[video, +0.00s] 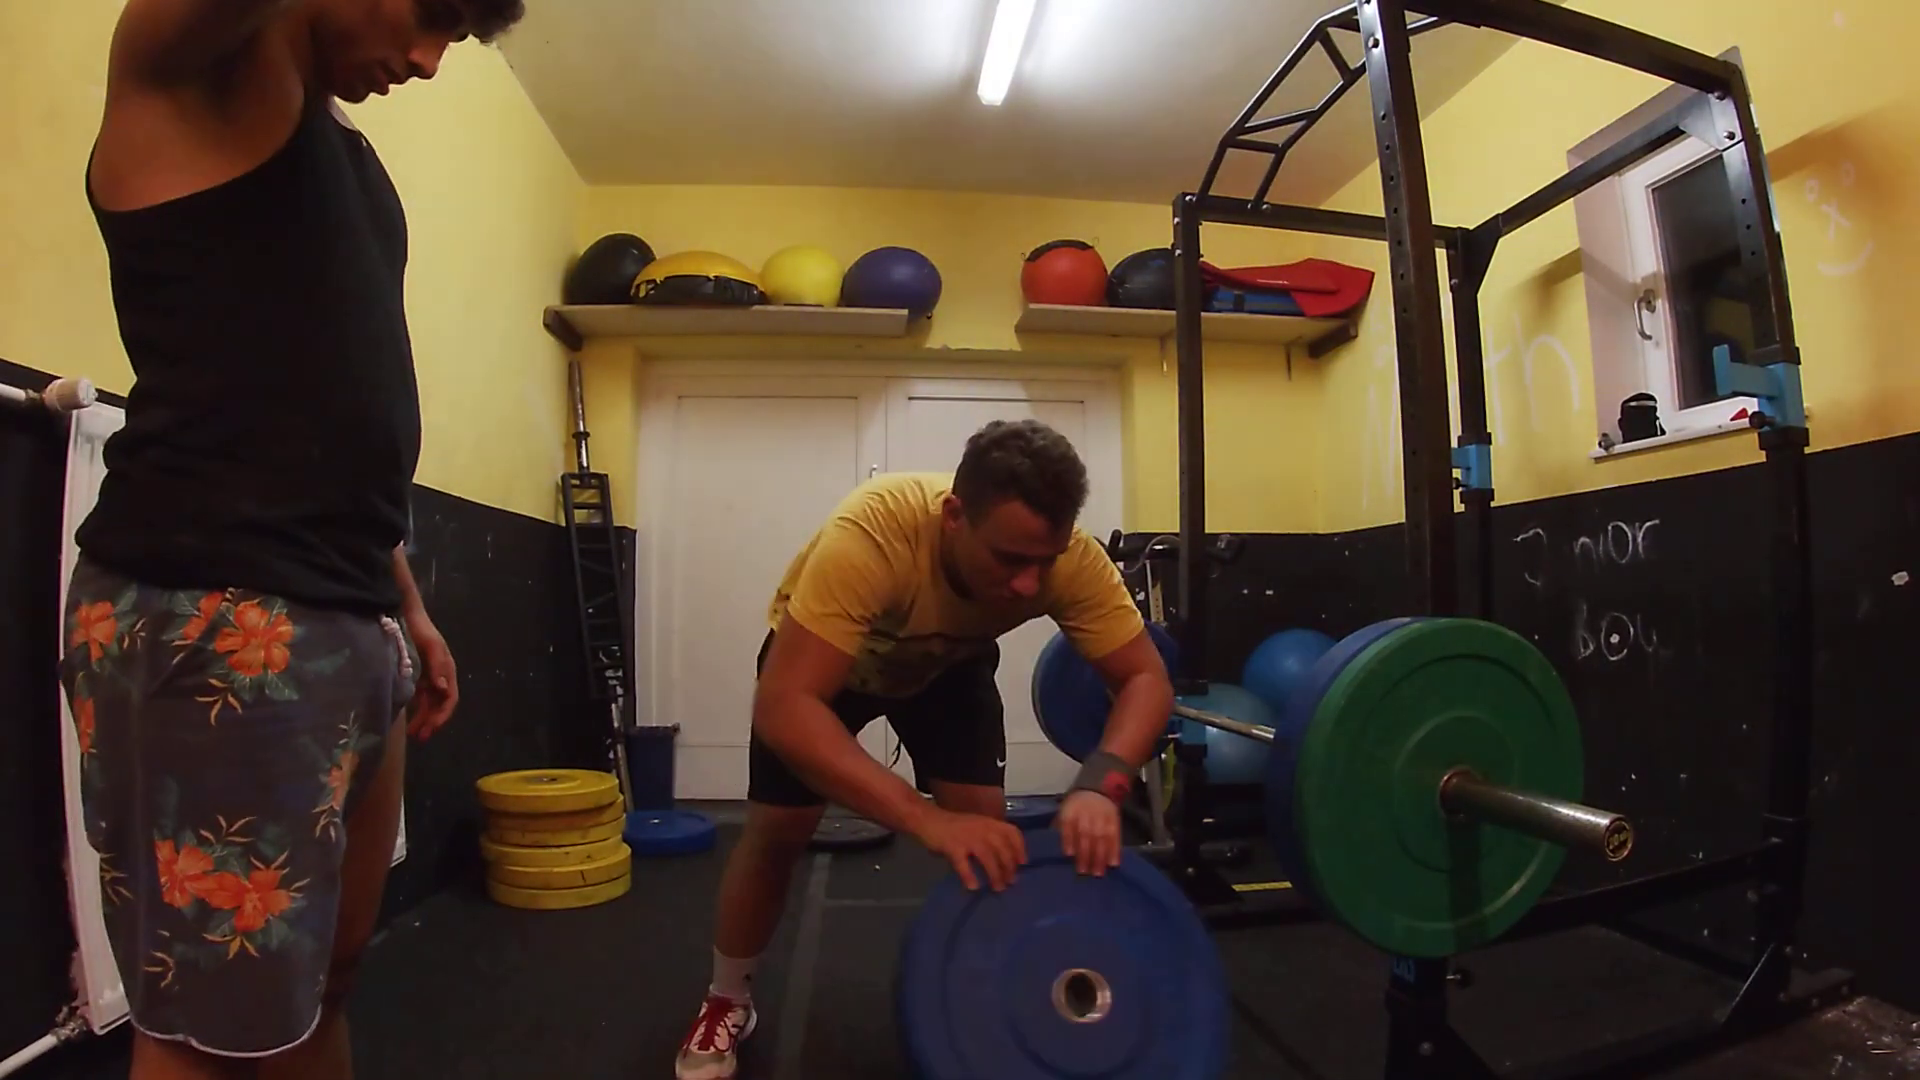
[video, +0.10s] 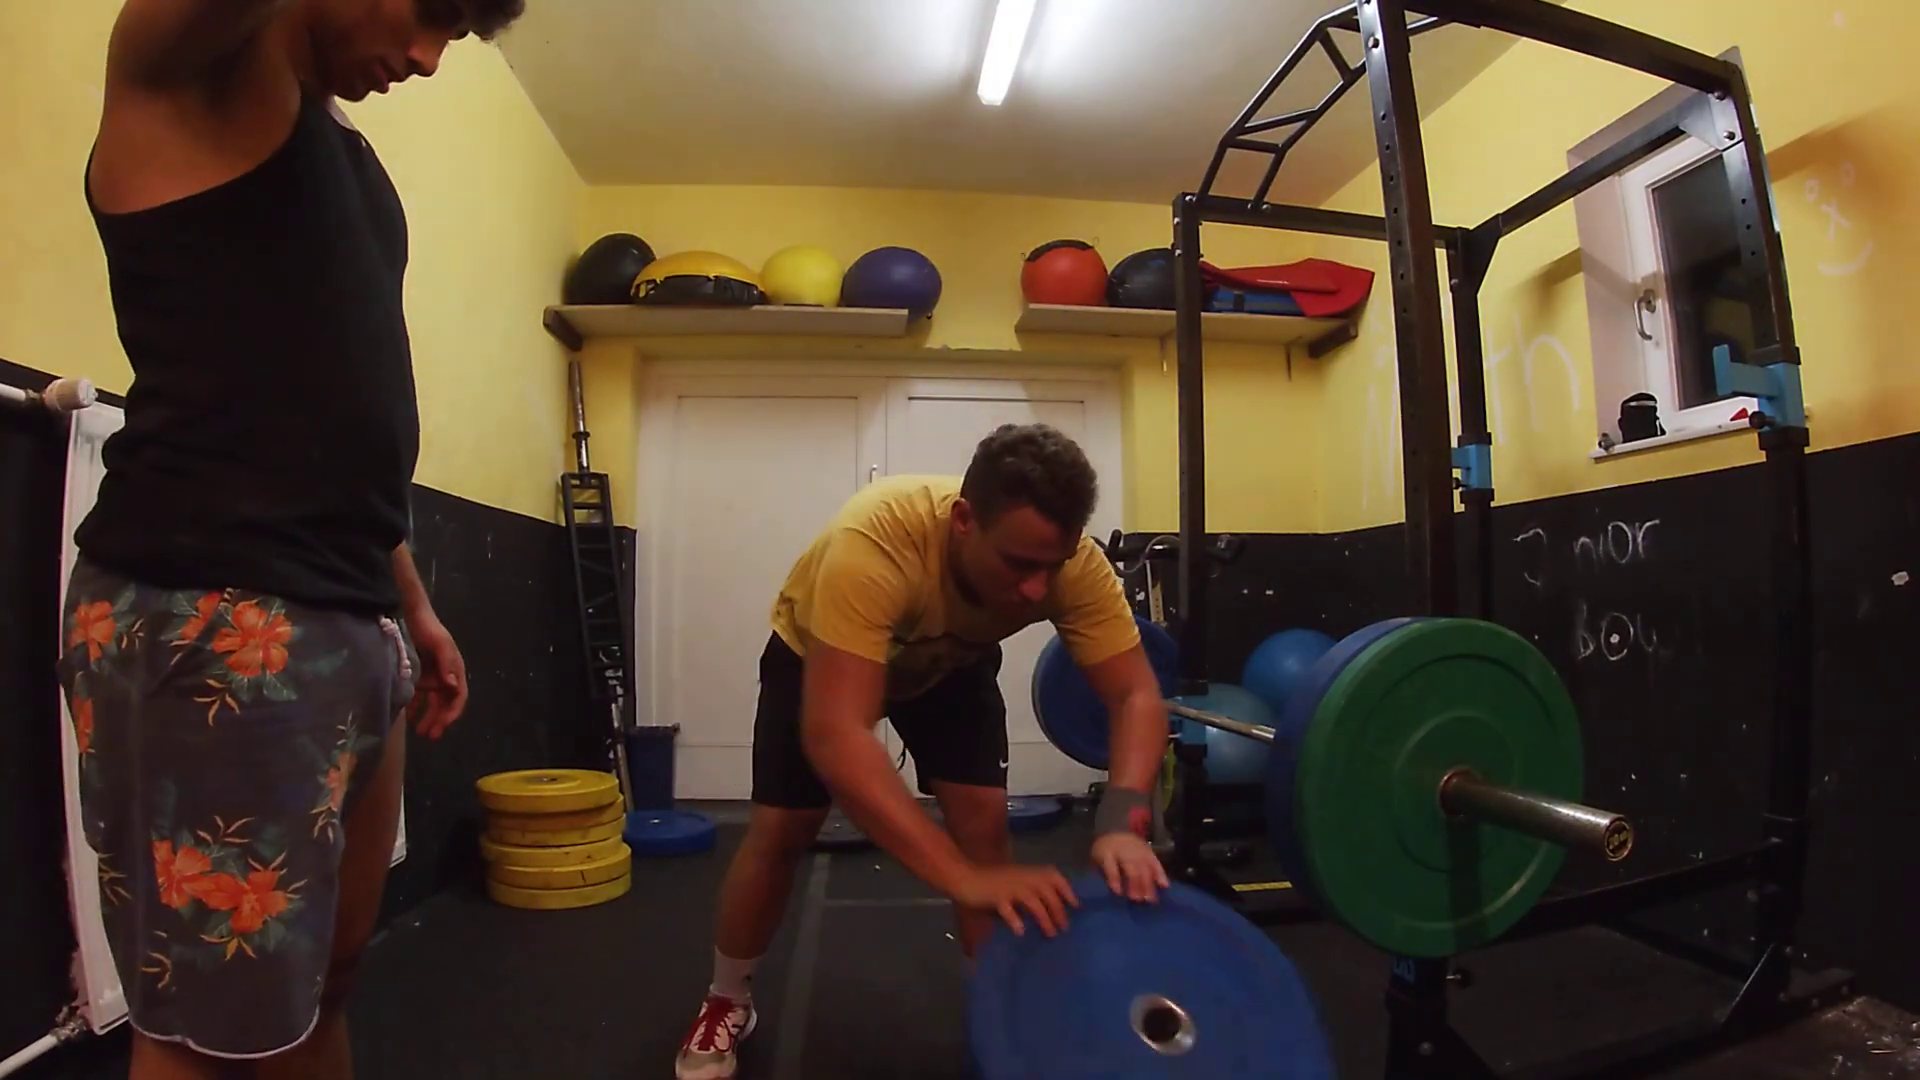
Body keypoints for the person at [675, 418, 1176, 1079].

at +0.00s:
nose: (1028, 582)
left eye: (1045, 561)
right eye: (1009, 560)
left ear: (1063, 535)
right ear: (953, 515)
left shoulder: (1071, 560)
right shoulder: (868, 537)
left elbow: (1147, 681)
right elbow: (782, 707)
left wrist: (1099, 787)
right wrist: (930, 820)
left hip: (950, 664)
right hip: (828, 655)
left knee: (983, 828)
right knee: (780, 827)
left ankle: (990, 1007)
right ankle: (726, 1003)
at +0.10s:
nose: (1037, 587)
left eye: (1054, 567)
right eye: (1019, 564)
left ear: (1073, 543)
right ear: (962, 521)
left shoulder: (1072, 563)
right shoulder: (870, 548)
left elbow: (1137, 694)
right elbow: (835, 735)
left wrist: (1120, 824)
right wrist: (964, 878)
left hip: (951, 661)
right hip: (825, 652)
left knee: (985, 821)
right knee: (781, 829)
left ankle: (998, 1012)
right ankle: (726, 1004)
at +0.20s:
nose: (1038, 585)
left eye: (1055, 566)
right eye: (1020, 562)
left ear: (1074, 543)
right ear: (965, 518)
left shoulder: (1072, 568)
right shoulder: (877, 553)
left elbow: (1109, 708)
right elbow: (883, 747)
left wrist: (1108, 859)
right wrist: (994, 901)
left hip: (955, 662)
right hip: (824, 656)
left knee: (985, 822)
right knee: (785, 830)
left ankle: (988, 1020)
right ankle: (725, 1004)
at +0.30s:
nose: (1036, 578)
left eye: (1053, 557)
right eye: (1018, 553)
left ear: (1073, 536)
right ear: (963, 509)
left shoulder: (1071, 564)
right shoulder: (876, 542)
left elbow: (1087, 707)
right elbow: (868, 743)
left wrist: (1073, 864)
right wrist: (999, 883)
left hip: (953, 664)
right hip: (825, 655)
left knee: (984, 821)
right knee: (784, 831)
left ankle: (986, 1021)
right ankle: (726, 1005)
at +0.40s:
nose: (1035, 550)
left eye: (1053, 529)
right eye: (1018, 525)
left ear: (1070, 513)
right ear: (962, 483)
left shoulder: (1063, 551)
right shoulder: (867, 525)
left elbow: (1065, 687)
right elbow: (826, 717)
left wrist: (1050, 832)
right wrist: (930, 858)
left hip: (950, 664)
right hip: (828, 651)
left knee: (980, 817)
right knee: (783, 831)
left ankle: (989, 1022)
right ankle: (724, 1003)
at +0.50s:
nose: (1034, 511)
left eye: (1051, 490)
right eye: (1017, 484)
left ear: (1067, 475)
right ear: (960, 446)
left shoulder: (1051, 528)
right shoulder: (850, 502)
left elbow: (1050, 645)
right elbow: (778, 669)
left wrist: (1038, 781)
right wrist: (832, 826)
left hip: (945, 664)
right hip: (828, 661)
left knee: (975, 826)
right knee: (779, 835)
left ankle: (989, 1024)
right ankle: (721, 1005)